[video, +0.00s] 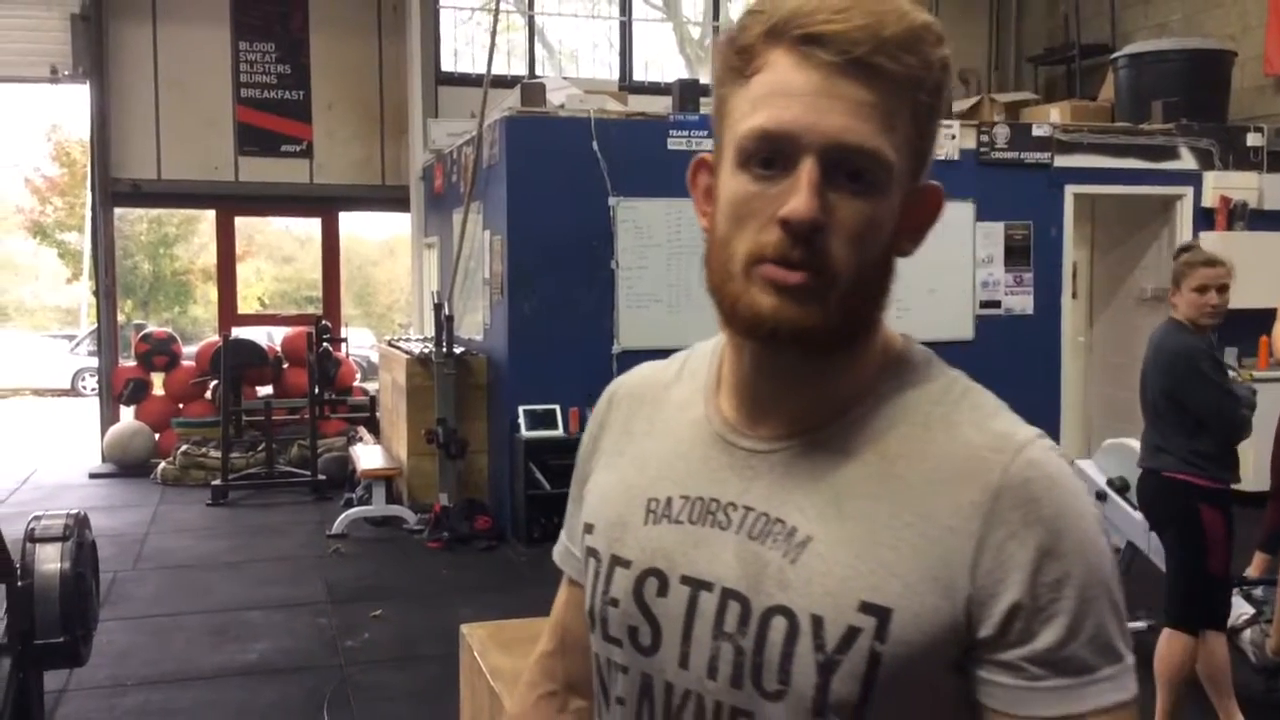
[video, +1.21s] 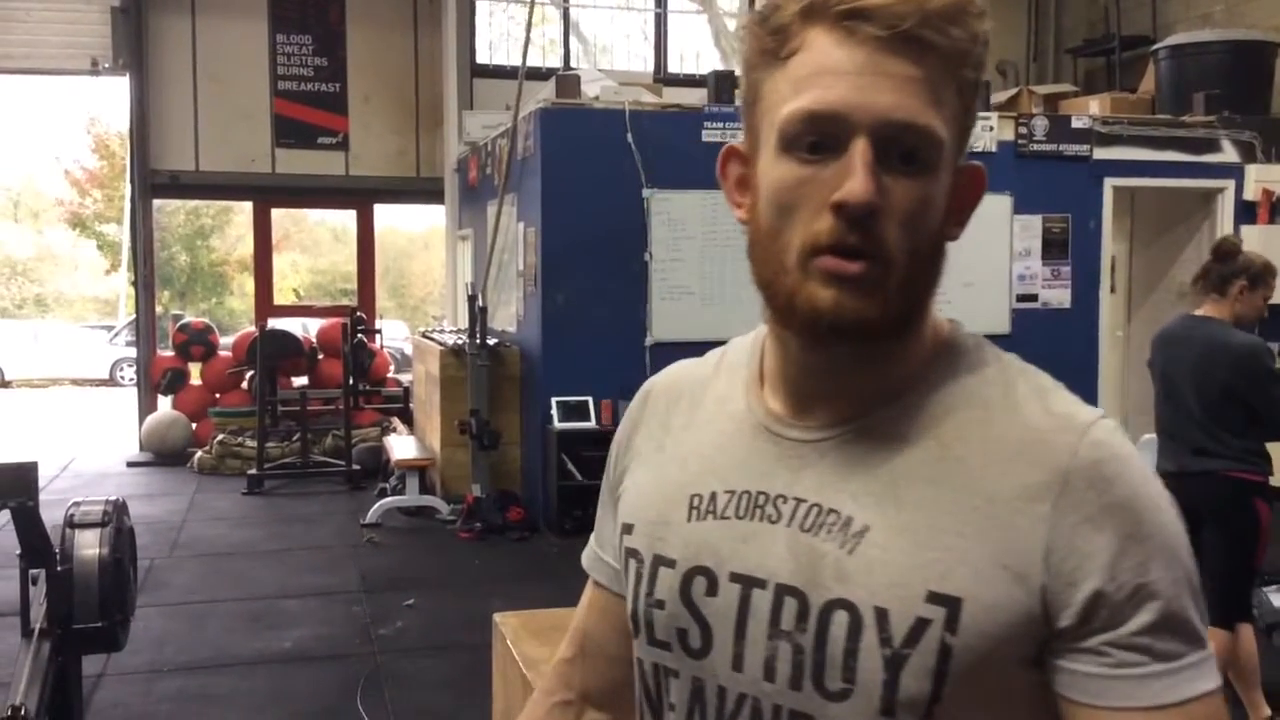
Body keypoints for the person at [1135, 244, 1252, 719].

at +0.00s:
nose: (1215, 299)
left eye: (1222, 289)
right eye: (1203, 290)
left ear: (1229, 291)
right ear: (1175, 295)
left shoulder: (1173, 339)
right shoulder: (1187, 348)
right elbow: (1235, 426)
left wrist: (1235, 397)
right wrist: (1244, 393)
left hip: (1178, 485)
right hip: (1189, 491)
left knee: (1210, 615)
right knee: (1185, 616)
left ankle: (1230, 714)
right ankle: (1162, 715)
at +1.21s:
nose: (1266, 309)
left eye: (1268, 300)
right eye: (1265, 299)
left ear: (1221, 286)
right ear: (1240, 291)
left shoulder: (1165, 339)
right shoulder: (1249, 350)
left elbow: (1175, 408)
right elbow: (1273, 422)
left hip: (1178, 482)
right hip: (1235, 486)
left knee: (1234, 608)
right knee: (1219, 612)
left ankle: (1257, 709)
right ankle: (1202, 710)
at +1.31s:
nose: (1262, 309)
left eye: (1265, 299)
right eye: (1261, 298)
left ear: (1218, 284)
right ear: (1238, 289)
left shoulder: (1162, 336)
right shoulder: (1246, 348)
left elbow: (1167, 401)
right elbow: (1272, 420)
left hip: (1174, 478)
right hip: (1232, 483)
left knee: (1183, 595)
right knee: (1233, 603)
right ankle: (1253, 705)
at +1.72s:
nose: (1242, 289)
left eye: (1243, 281)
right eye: (1241, 281)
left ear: (1186, 275)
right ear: (1232, 281)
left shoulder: (1151, 330)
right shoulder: (1232, 339)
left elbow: (1154, 394)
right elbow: (1258, 418)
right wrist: (1208, 398)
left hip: (1160, 472)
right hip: (1218, 476)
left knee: (1169, 588)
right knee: (1218, 597)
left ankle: (1169, 698)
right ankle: (1240, 703)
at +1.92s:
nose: (1170, 279)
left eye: (1173, 272)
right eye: (1172, 272)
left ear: (1182, 277)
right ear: (1227, 280)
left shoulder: (1150, 330)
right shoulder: (1251, 333)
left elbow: (1150, 393)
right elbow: (1266, 412)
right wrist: (1217, 408)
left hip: (1157, 476)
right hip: (1223, 478)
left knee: (1209, 589)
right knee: (1199, 601)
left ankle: (1236, 696)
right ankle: (1179, 710)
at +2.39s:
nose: (1180, 258)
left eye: (1189, 250)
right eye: (1182, 248)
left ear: (1219, 259)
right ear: (1233, 258)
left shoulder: (1184, 311)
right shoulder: (1274, 300)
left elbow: (1165, 371)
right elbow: (1272, 365)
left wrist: (1217, 358)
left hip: (1196, 459)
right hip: (1265, 455)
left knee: (1218, 578)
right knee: (1236, 578)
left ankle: (1258, 674)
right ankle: (1206, 692)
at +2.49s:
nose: (1203, 258)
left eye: (1210, 249)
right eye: (1205, 248)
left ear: (1230, 255)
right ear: (1259, 252)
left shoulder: (1199, 310)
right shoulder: (1275, 296)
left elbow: (1185, 369)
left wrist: (1231, 368)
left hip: (1212, 452)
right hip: (1271, 449)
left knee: (1239, 571)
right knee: (1253, 575)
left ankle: (1271, 664)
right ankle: (1223, 688)